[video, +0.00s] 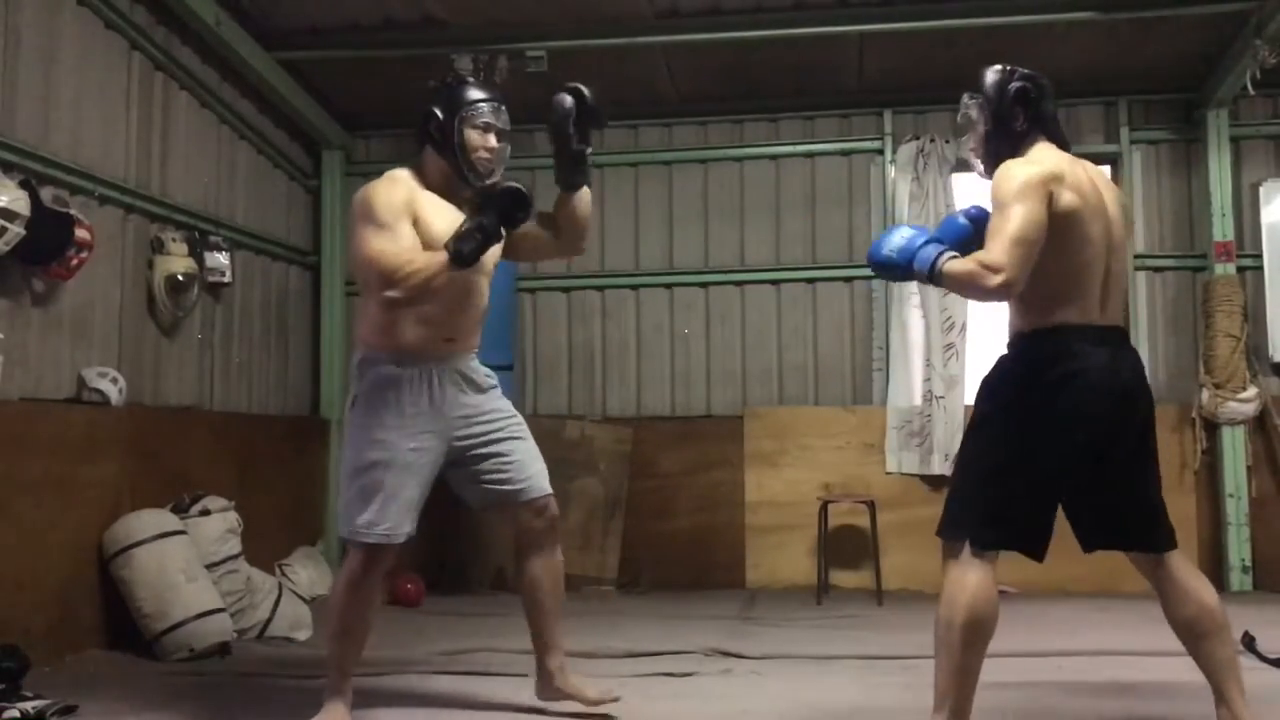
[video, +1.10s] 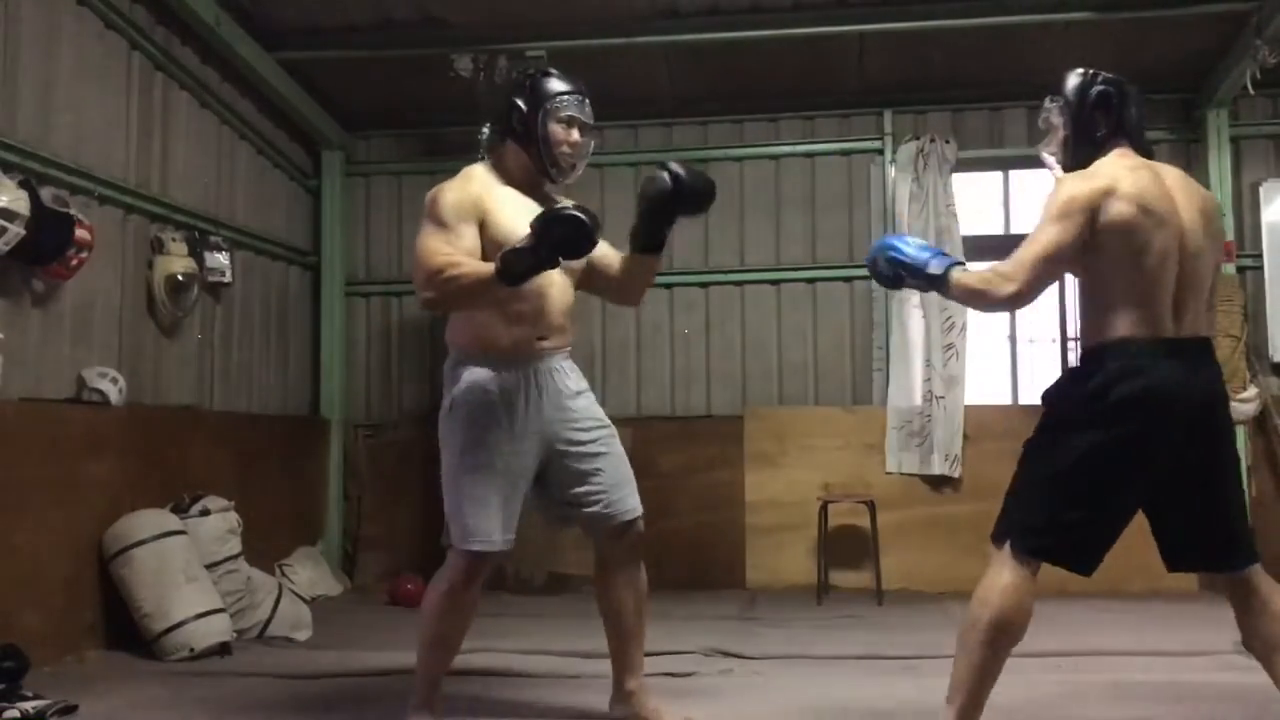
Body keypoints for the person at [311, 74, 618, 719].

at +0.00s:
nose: (495, 145)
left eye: (500, 134)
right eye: (482, 131)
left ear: (504, 142)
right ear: (441, 133)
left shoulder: (489, 214)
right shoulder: (387, 194)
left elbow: (568, 239)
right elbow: (391, 278)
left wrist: (574, 158)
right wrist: (470, 240)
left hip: (469, 382)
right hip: (395, 386)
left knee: (539, 513)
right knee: (373, 547)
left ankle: (552, 672)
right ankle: (337, 696)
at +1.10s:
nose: (577, 141)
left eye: (584, 129)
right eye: (564, 125)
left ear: (587, 136)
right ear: (519, 124)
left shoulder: (555, 213)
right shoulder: (461, 193)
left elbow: (627, 287)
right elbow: (434, 286)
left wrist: (654, 218)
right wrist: (524, 262)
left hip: (561, 381)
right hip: (485, 388)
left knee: (621, 525)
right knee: (474, 552)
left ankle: (630, 690)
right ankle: (425, 703)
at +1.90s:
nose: (611, 120)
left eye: (616, 108)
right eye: (598, 104)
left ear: (613, 118)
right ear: (553, 102)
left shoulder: (585, 196)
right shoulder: (484, 169)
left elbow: (637, 283)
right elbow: (447, 261)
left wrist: (678, 226)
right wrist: (533, 227)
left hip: (580, 370)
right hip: (501, 373)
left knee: (627, 530)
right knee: (499, 545)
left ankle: (649, 685)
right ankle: (462, 697)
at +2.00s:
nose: (592, 130)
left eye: (599, 119)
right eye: (581, 112)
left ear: (595, 130)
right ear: (536, 108)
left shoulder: (577, 206)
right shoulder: (468, 168)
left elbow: (638, 271)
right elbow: (437, 245)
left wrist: (677, 201)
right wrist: (537, 187)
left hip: (556, 381)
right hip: (471, 382)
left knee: (630, 517)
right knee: (465, 547)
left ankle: (600, 681)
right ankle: (394, 704)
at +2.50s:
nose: (590, 117)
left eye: (594, 105)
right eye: (577, 100)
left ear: (588, 115)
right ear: (528, 99)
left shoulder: (566, 202)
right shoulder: (462, 170)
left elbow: (629, 267)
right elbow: (424, 263)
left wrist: (673, 206)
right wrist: (512, 226)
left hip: (559, 374)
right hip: (478, 378)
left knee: (614, 536)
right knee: (457, 559)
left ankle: (640, 704)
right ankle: (400, 706)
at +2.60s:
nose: (600, 116)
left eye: (606, 104)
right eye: (588, 98)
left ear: (598, 113)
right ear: (541, 94)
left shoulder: (574, 191)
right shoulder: (471, 165)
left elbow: (648, 251)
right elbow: (438, 262)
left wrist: (684, 177)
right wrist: (537, 229)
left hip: (569, 375)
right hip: (486, 379)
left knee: (626, 527)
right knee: (457, 554)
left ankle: (646, 701)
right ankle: (401, 704)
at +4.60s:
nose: (738, 174)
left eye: (737, 161)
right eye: (728, 161)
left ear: (671, 167)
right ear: (692, 164)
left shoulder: (611, 217)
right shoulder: (689, 204)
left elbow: (584, 309)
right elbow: (782, 225)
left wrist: (659, 359)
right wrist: (878, 201)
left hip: (540, 382)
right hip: (584, 398)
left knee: (525, 537)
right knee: (678, 536)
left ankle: (465, 673)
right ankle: (705, 705)